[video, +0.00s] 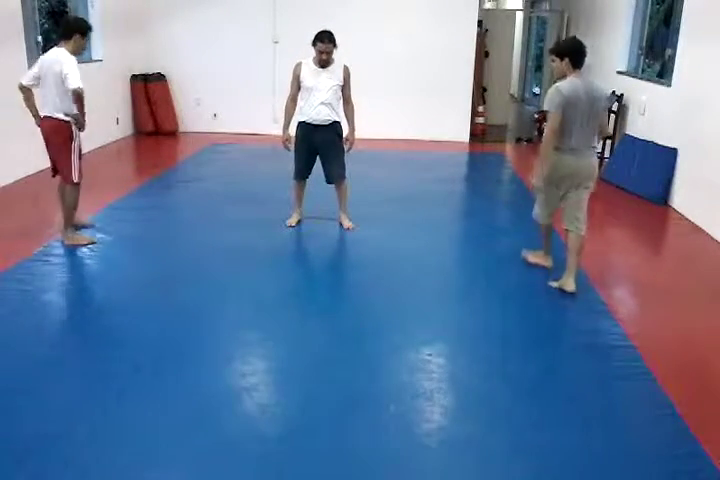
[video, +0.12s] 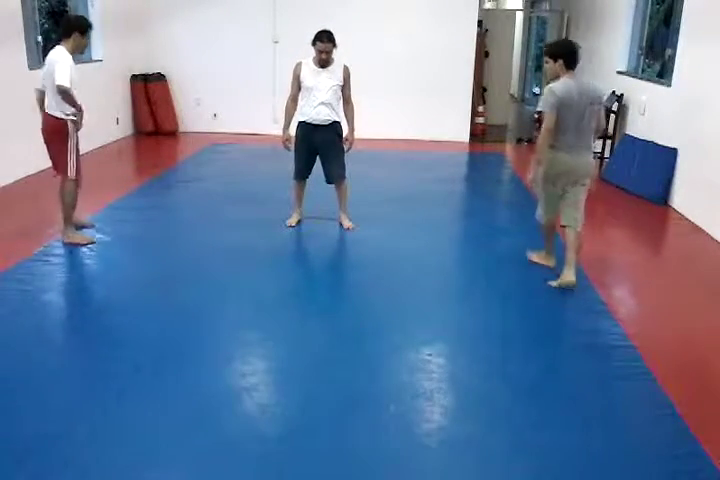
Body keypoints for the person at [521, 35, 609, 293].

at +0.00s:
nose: (552, 66)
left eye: (554, 61)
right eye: (552, 60)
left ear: (566, 61)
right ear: (577, 62)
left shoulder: (559, 91)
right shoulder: (597, 91)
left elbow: (551, 133)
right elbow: (604, 130)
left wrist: (539, 170)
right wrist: (584, 125)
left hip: (560, 157)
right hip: (587, 160)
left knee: (544, 209)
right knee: (577, 222)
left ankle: (545, 254)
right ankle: (570, 278)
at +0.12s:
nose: (545, 67)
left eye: (548, 62)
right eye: (545, 62)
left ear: (559, 63)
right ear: (573, 63)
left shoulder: (553, 91)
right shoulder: (593, 92)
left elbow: (547, 130)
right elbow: (600, 128)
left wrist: (536, 165)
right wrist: (581, 134)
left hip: (557, 157)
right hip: (584, 159)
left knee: (548, 210)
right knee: (573, 218)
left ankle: (548, 253)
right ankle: (570, 270)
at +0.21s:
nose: (543, 66)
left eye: (545, 62)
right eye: (543, 61)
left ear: (556, 63)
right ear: (569, 62)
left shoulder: (551, 90)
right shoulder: (591, 87)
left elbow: (544, 130)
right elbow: (596, 125)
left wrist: (535, 164)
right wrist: (583, 141)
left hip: (555, 153)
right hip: (582, 156)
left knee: (546, 205)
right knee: (573, 209)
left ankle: (548, 254)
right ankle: (571, 258)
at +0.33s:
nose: (541, 63)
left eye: (543, 58)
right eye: (541, 58)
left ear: (555, 58)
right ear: (566, 58)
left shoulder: (548, 86)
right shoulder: (588, 84)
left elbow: (541, 126)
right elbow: (592, 123)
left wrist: (533, 159)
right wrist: (587, 153)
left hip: (551, 149)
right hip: (576, 151)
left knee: (545, 201)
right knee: (568, 200)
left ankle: (548, 254)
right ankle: (568, 242)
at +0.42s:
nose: (540, 60)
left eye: (543, 55)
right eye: (540, 55)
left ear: (554, 56)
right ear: (566, 55)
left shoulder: (548, 83)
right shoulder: (586, 82)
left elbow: (541, 121)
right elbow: (590, 119)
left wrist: (532, 153)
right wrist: (589, 150)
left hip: (550, 145)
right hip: (573, 146)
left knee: (545, 200)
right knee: (563, 194)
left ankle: (549, 254)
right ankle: (563, 236)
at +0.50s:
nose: (539, 58)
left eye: (541, 53)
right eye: (539, 53)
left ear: (553, 55)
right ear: (563, 55)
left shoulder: (547, 81)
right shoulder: (582, 80)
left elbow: (540, 120)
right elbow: (590, 117)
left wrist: (528, 148)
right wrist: (593, 147)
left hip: (550, 143)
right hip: (570, 144)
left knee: (546, 199)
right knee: (558, 192)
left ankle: (549, 253)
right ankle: (559, 237)